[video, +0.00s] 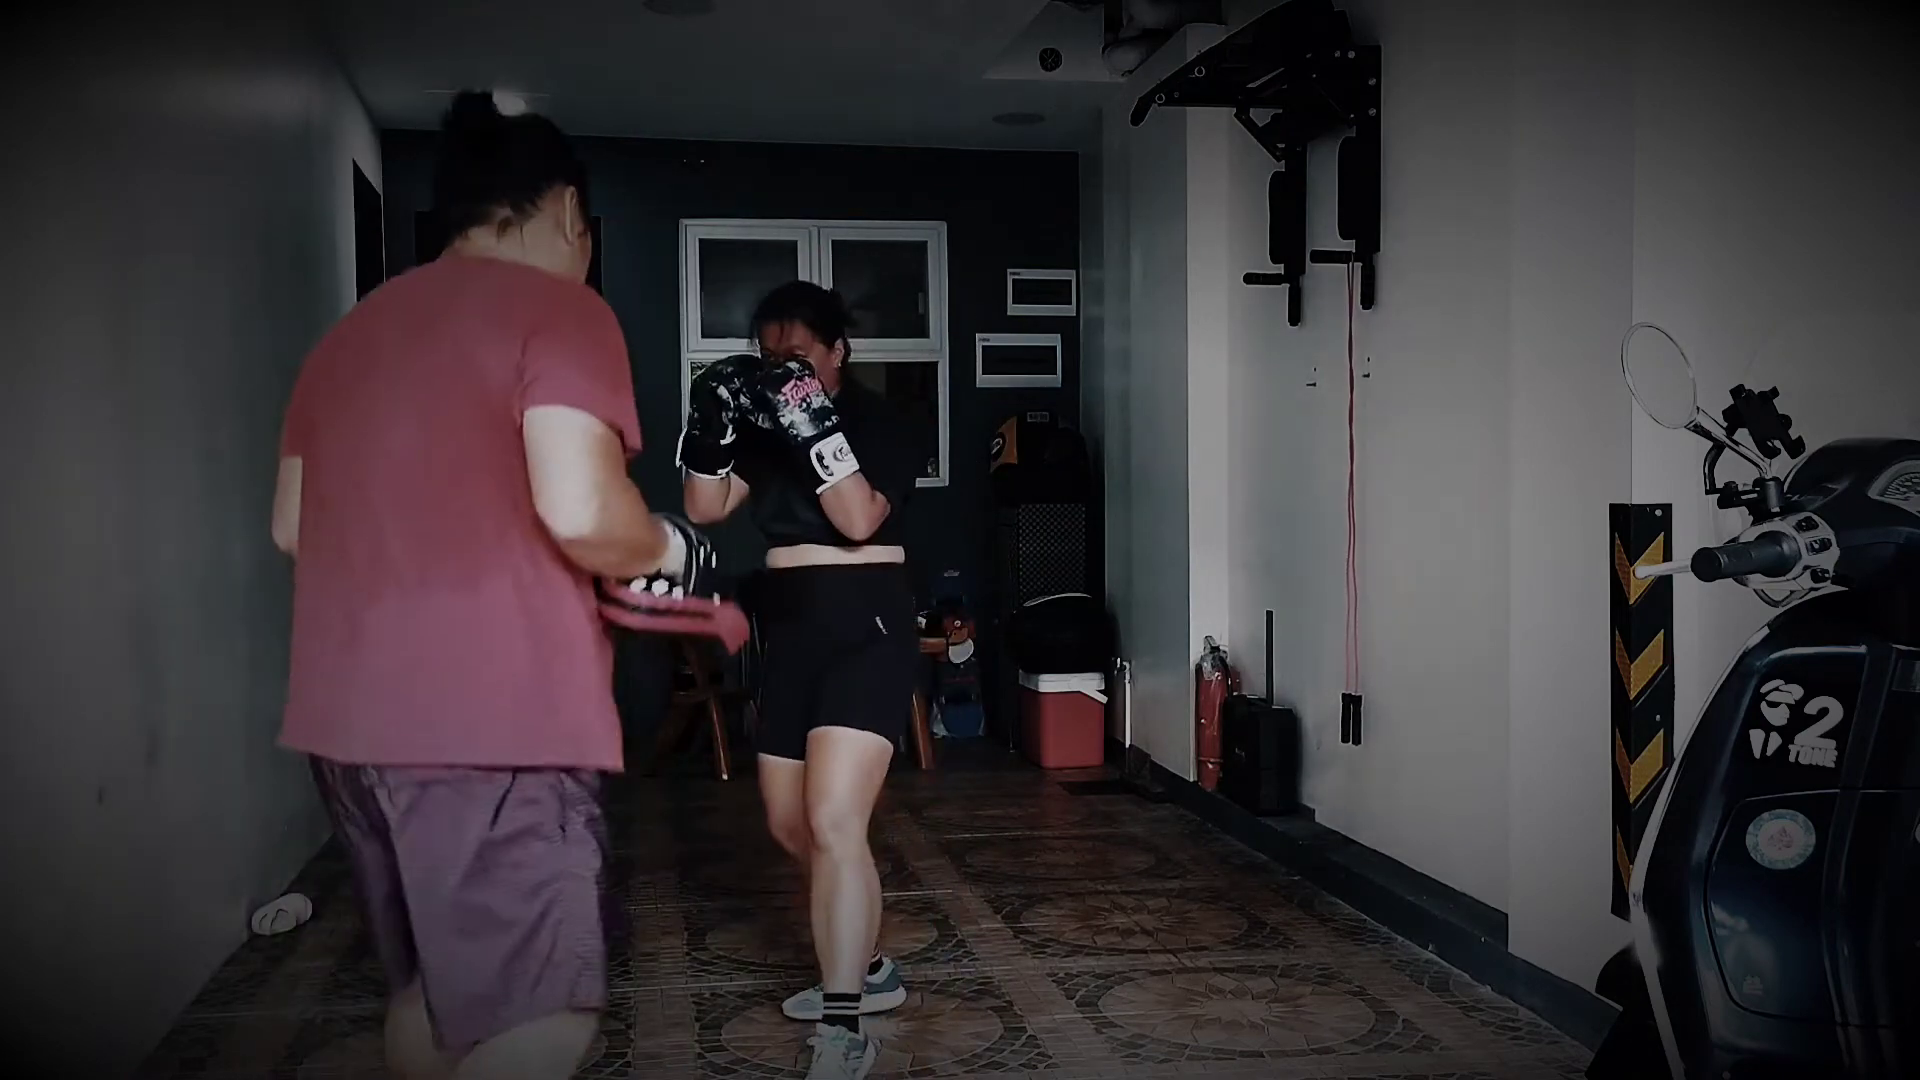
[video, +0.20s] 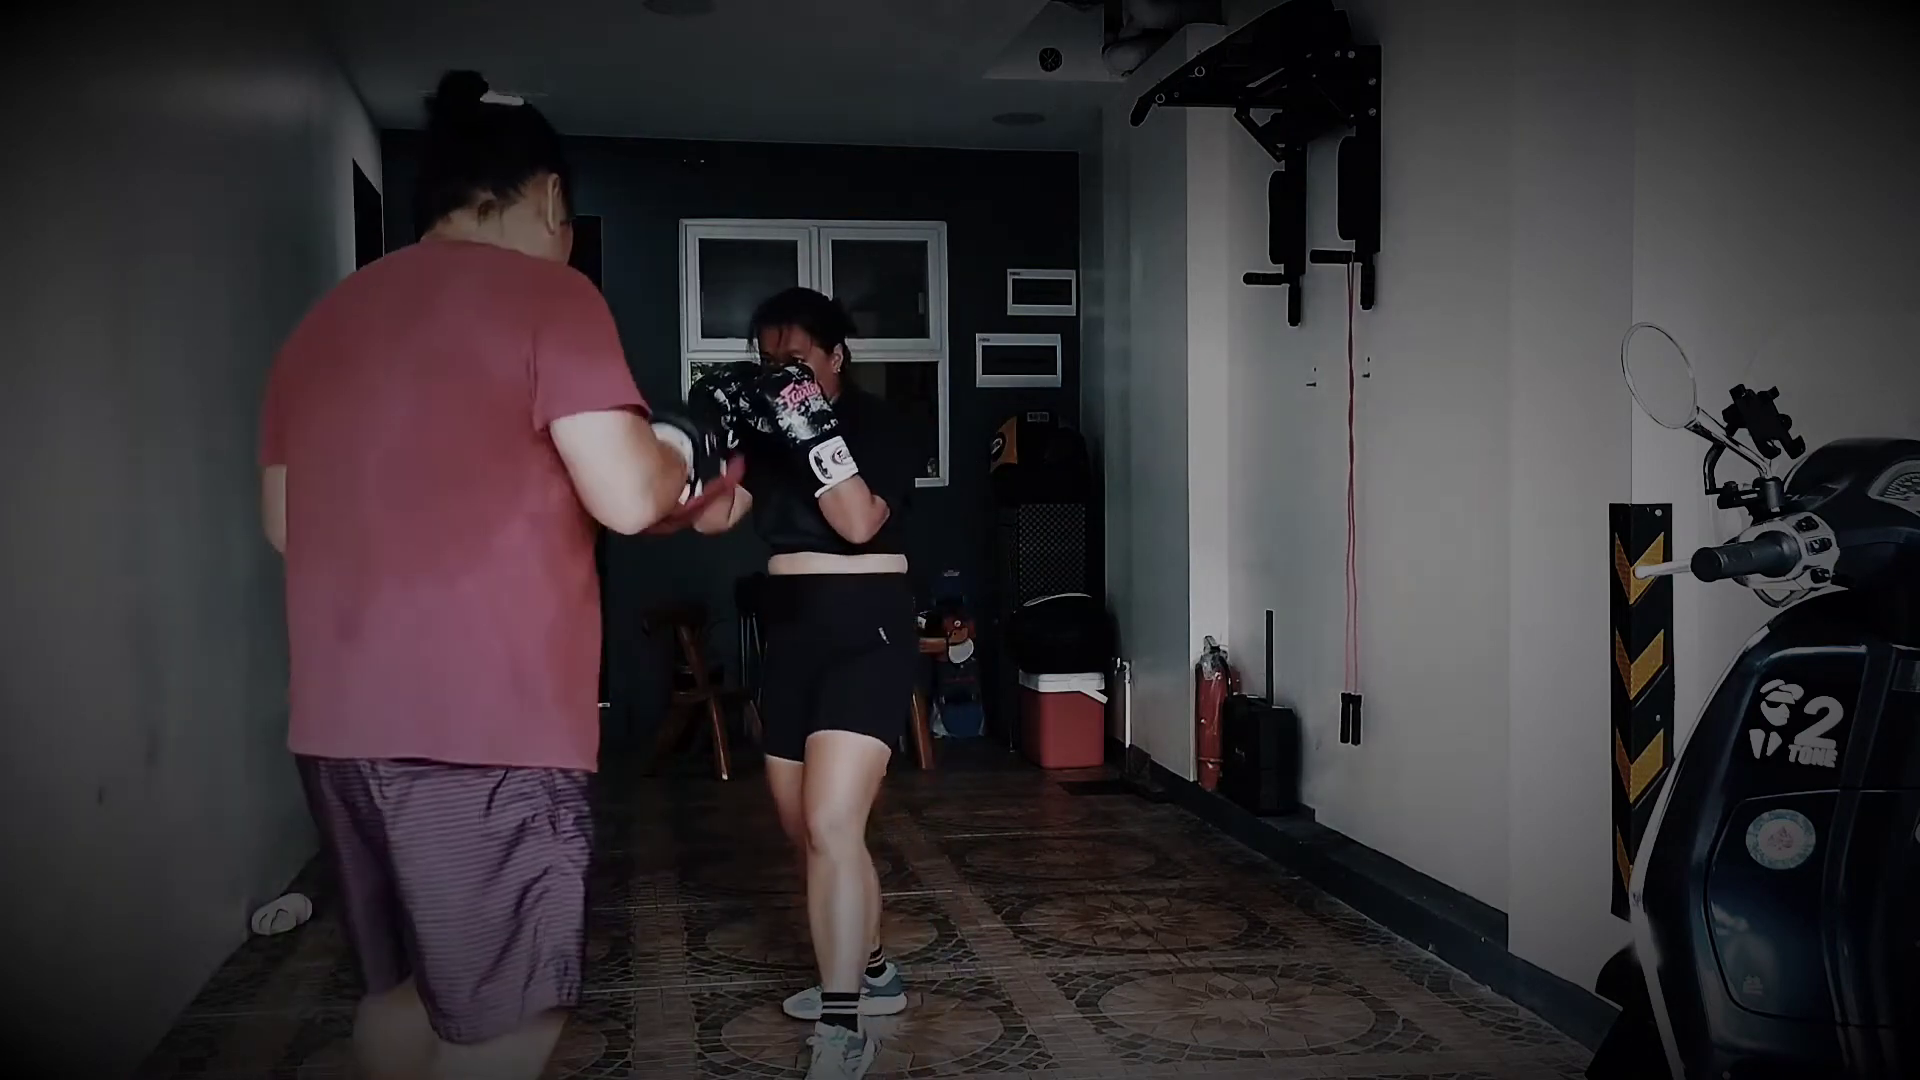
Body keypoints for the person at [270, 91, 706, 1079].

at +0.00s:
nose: (585, 254)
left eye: (582, 229)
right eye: (583, 227)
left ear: (459, 216)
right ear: (556, 205)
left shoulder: (350, 331)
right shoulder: (556, 307)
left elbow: (293, 524)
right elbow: (581, 512)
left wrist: (472, 564)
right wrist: (663, 548)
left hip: (347, 730)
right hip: (491, 733)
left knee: (421, 984)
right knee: (540, 1014)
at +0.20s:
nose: (565, 234)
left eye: (563, 210)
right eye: (562, 208)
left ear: (440, 196)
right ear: (540, 192)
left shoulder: (324, 319)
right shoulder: (545, 295)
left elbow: (285, 522)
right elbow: (631, 501)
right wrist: (673, 448)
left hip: (337, 729)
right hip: (489, 731)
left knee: (395, 988)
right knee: (507, 1019)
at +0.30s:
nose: (550, 247)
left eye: (549, 225)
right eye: (549, 222)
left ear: (418, 211)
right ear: (527, 206)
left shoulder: (307, 332)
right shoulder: (533, 305)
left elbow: (294, 483)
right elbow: (646, 497)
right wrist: (667, 410)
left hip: (325, 740)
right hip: (479, 747)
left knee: (385, 999)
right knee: (506, 1021)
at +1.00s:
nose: (497, 281)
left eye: (500, 262)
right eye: (499, 258)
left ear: (384, 229)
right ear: (475, 238)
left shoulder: (286, 330)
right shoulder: (449, 326)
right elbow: (603, 460)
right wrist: (610, 341)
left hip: (286, 734)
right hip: (396, 744)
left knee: (392, 1002)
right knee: (426, 1018)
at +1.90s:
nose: (477, 277)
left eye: (478, 256)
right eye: (478, 252)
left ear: (355, 234)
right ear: (444, 235)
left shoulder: (263, 343)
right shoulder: (425, 335)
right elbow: (587, 453)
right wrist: (612, 358)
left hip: (257, 720)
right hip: (353, 731)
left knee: (332, 985)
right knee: (367, 995)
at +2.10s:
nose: (477, 359)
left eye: (477, 342)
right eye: (476, 337)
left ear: (364, 325)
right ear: (447, 325)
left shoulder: (264, 435)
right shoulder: (441, 413)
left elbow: (232, 599)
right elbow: (582, 486)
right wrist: (617, 406)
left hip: (241, 775)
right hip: (364, 786)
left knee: (331, 933)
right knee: (413, 1007)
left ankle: (320, 1063)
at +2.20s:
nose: (490, 374)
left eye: (490, 353)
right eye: (487, 348)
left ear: (375, 336)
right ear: (447, 329)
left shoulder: (300, 418)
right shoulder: (431, 395)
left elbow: (322, 571)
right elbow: (467, 508)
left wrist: (443, 586)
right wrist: (579, 487)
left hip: (260, 735)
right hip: (357, 745)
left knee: (317, 952)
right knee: (326, 991)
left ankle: (340, 1062)